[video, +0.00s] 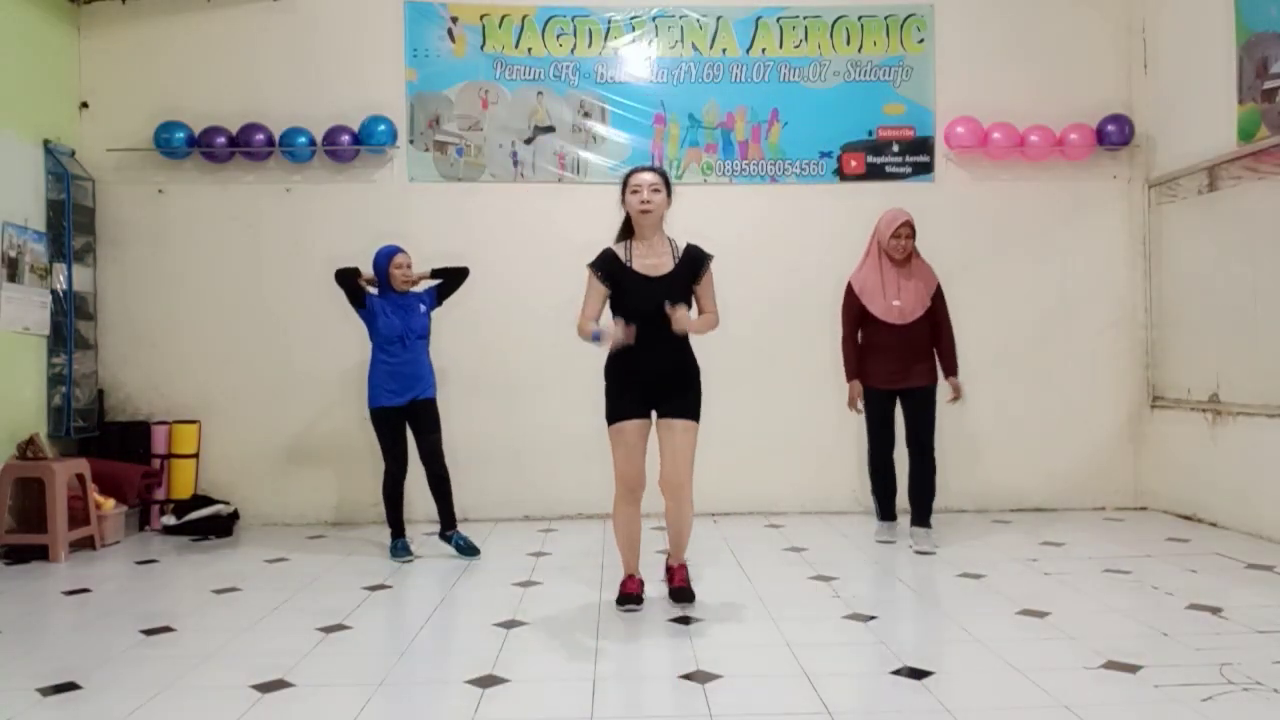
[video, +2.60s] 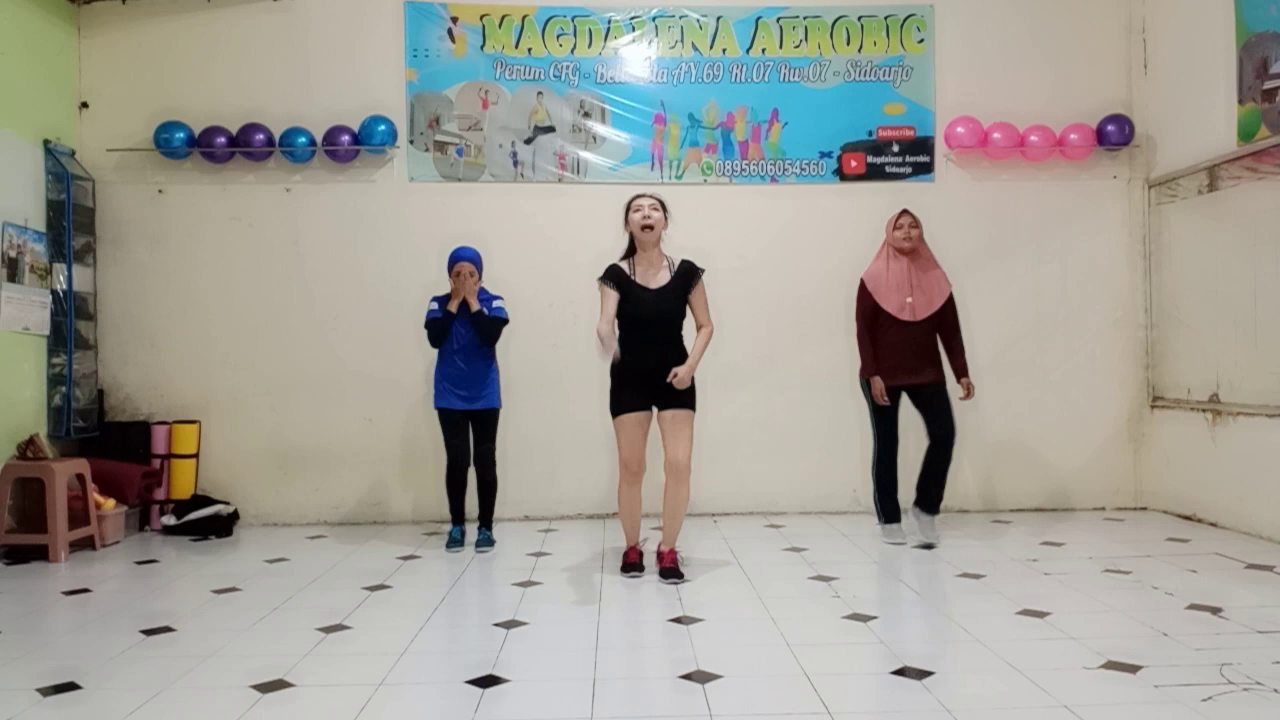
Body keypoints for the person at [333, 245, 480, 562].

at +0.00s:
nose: (407, 272)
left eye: (409, 266)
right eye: (399, 267)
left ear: (413, 272)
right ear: (384, 274)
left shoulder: (423, 301)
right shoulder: (371, 305)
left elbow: (461, 273)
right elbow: (343, 275)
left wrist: (423, 275)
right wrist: (364, 278)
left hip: (421, 394)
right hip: (385, 398)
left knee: (435, 461)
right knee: (396, 466)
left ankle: (449, 529)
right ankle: (398, 537)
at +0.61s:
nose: (409, 269)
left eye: (414, 265)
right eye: (402, 265)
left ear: (421, 270)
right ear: (391, 272)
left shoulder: (434, 302)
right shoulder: (380, 306)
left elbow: (488, 309)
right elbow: (327, 309)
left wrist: (479, 271)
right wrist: (351, 278)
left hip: (430, 393)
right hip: (394, 397)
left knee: (432, 459)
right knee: (400, 467)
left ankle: (457, 526)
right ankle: (398, 538)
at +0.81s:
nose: (421, 272)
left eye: (427, 267)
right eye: (415, 267)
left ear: (435, 272)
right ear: (404, 273)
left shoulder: (445, 307)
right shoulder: (392, 311)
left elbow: (493, 332)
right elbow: (357, 351)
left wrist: (506, 298)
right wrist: (366, 325)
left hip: (442, 400)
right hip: (405, 402)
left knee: (446, 467)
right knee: (410, 469)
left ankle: (458, 533)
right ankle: (399, 538)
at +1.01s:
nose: (431, 270)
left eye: (437, 265)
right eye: (424, 264)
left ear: (445, 271)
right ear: (415, 270)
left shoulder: (458, 304)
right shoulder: (403, 308)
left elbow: (488, 345)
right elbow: (391, 353)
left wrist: (505, 333)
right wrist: (391, 373)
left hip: (455, 394)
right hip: (419, 394)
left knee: (457, 461)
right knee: (431, 451)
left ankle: (459, 533)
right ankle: (415, 525)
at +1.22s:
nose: (435, 274)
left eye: (441, 269)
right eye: (429, 269)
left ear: (450, 273)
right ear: (420, 274)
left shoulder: (464, 308)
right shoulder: (408, 313)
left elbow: (479, 347)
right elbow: (388, 360)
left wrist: (491, 379)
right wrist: (404, 383)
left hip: (459, 401)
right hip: (423, 402)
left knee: (457, 467)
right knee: (431, 468)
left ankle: (459, 533)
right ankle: (431, 536)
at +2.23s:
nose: (459, 279)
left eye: (465, 273)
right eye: (453, 273)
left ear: (473, 275)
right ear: (443, 275)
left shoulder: (485, 306)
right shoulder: (429, 308)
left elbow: (507, 349)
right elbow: (413, 358)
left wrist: (493, 352)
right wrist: (438, 350)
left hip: (478, 396)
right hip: (441, 398)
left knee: (477, 462)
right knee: (445, 464)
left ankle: (486, 526)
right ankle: (440, 534)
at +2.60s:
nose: (464, 278)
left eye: (470, 274)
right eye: (458, 274)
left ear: (479, 276)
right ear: (450, 277)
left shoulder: (492, 302)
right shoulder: (439, 303)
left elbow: (490, 337)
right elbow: (436, 339)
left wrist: (472, 300)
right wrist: (455, 299)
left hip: (485, 394)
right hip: (450, 395)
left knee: (484, 461)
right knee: (457, 460)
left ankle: (485, 527)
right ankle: (457, 526)